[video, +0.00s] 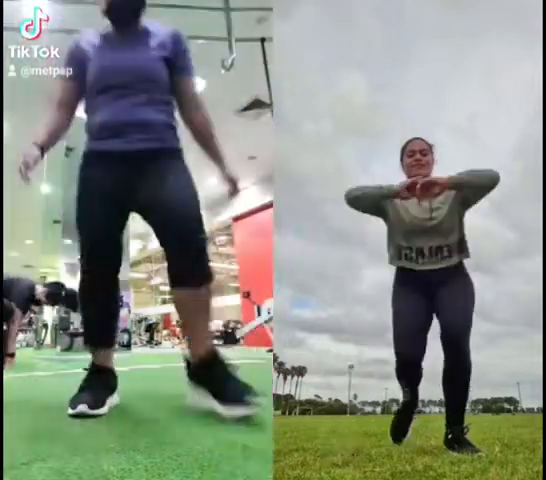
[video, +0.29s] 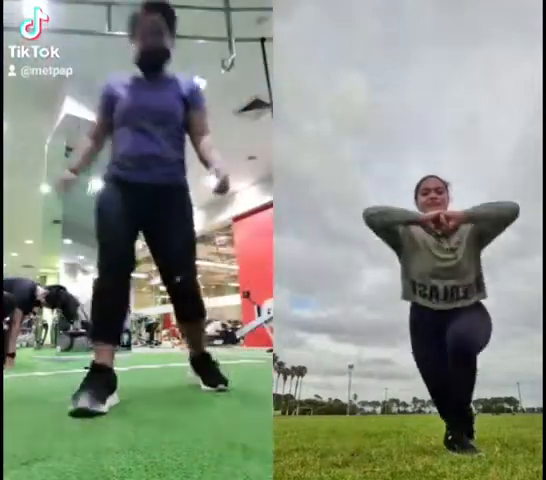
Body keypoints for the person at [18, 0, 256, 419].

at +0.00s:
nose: (121, 5)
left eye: (128, 0)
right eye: (115, 1)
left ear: (142, 4)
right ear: (103, 6)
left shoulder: (168, 41)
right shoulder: (86, 47)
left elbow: (192, 109)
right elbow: (62, 108)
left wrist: (224, 166)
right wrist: (38, 146)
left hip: (162, 163)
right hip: (103, 166)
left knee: (190, 248)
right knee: (98, 266)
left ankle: (203, 362)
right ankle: (101, 372)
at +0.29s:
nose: (151, 41)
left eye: (159, 33)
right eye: (144, 33)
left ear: (172, 39)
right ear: (132, 40)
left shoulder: (187, 89)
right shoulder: (116, 88)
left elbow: (201, 137)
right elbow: (97, 138)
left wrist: (217, 168)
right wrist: (74, 169)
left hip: (169, 193)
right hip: (119, 191)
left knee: (183, 279)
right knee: (111, 276)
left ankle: (199, 356)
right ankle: (101, 373)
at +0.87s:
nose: (137, 96)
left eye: (143, 91)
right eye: (131, 91)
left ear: (153, 96)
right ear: (121, 96)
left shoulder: (164, 138)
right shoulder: (108, 131)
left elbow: (177, 180)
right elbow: (92, 167)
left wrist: (196, 214)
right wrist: (86, 189)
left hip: (156, 214)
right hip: (116, 214)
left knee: (174, 283)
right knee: (114, 287)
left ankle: (198, 361)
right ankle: (111, 359)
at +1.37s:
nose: (137, 84)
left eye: (144, 79)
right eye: (131, 79)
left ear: (153, 85)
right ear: (121, 85)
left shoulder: (167, 125)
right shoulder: (108, 122)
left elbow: (189, 167)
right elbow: (86, 159)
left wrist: (189, 155)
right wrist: (83, 146)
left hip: (156, 208)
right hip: (114, 209)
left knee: (166, 281)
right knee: (106, 286)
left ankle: (182, 365)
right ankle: (108, 354)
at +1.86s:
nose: (125, 56)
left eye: (133, 50)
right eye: (118, 50)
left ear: (146, 57)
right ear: (107, 58)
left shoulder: (158, 104)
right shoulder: (95, 106)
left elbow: (192, 143)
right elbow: (68, 154)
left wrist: (165, 105)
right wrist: (76, 122)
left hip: (151, 206)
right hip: (101, 206)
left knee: (171, 279)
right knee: (66, 275)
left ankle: (182, 367)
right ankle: (50, 370)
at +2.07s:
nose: (105, 35)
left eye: (113, 29)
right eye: (98, 27)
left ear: (124, 37)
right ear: (83, 32)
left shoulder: (135, 83)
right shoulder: (71, 79)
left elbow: (179, 107)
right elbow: (31, 98)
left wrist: (142, 64)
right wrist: (69, 61)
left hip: (126, 189)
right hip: (75, 188)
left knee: (152, 273)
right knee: (60, 276)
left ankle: (181, 365)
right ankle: (47, 371)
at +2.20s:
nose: (92, 34)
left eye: (100, 28)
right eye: (84, 27)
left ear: (112, 35)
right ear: (71, 33)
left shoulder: (123, 80)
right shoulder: (57, 79)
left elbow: (165, 103)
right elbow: (15, 92)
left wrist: (125, 59)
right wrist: (64, 59)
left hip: (114, 191)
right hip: (64, 191)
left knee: (133, 273)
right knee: (52, 277)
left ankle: (139, 352)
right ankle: (48, 371)